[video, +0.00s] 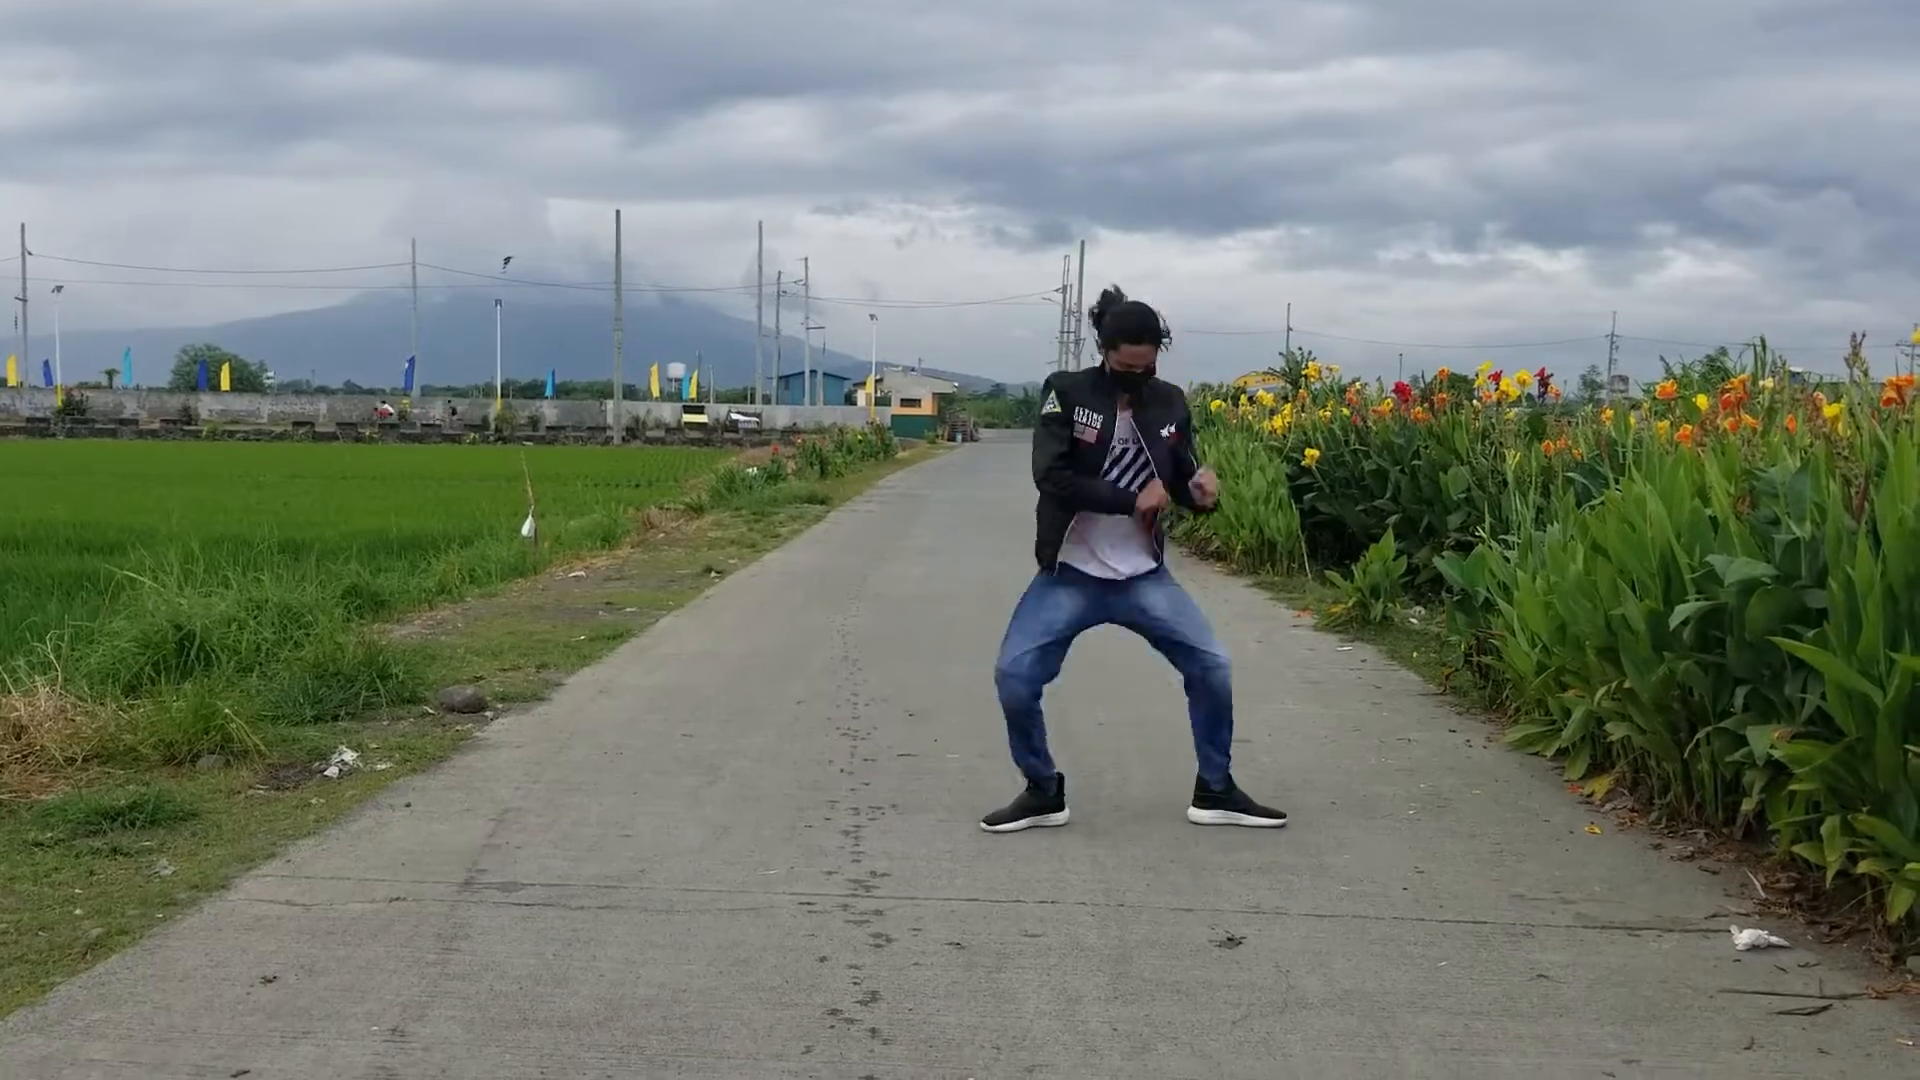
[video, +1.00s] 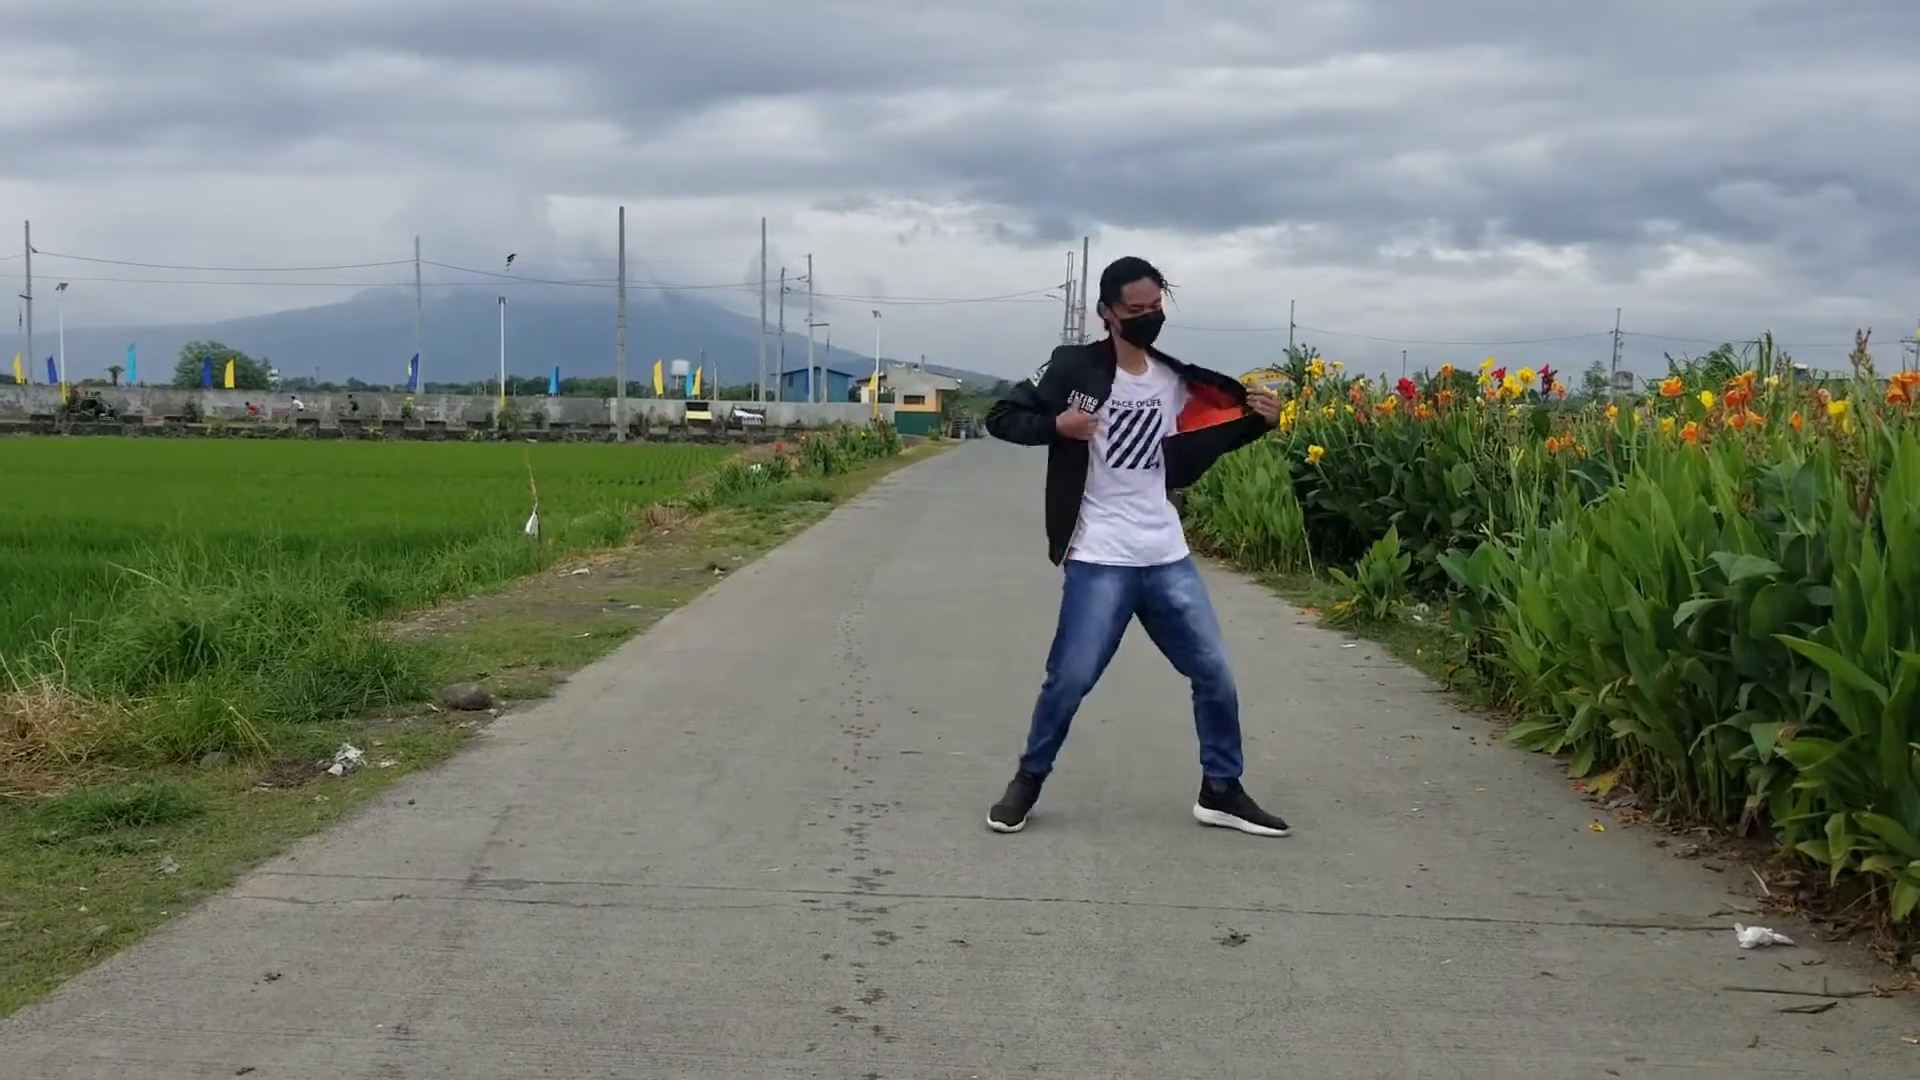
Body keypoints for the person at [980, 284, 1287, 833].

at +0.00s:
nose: (1137, 376)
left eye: (1146, 367)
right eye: (1128, 368)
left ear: (1158, 350)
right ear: (1106, 351)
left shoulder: (1171, 402)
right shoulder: (1067, 391)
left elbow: (1179, 484)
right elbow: (1050, 475)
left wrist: (1196, 491)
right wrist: (1131, 499)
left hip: (1143, 576)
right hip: (1069, 575)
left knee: (1212, 666)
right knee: (1013, 676)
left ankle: (1214, 789)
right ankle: (1043, 790)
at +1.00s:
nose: (1151, 319)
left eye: (1157, 309)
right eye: (1138, 310)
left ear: (1163, 305)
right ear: (1108, 311)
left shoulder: (1175, 380)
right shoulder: (1074, 366)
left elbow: (1178, 460)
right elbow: (1003, 419)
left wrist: (1255, 422)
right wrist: (1055, 425)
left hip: (1165, 551)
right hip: (1098, 551)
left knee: (1215, 671)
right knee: (1071, 677)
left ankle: (1221, 789)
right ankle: (1028, 780)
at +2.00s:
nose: (928, 324)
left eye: (938, 312)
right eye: (919, 316)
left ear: (967, 311)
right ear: (912, 320)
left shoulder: (1007, 381)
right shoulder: (894, 386)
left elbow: (1019, 466)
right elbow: (873, 476)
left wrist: (1024, 534)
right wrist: (835, 536)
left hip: (985, 544)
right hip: (916, 547)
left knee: (978, 676)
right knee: (919, 673)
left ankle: (945, 739)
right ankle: (948, 781)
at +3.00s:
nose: (1069, 301)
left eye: (1077, 287)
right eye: (1054, 295)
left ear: (1094, 287)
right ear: (1039, 307)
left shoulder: (1145, 367)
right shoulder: (1020, 370)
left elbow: (1179, 467)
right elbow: (1014, 462)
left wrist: (1176, 563)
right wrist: (1032, 538)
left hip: (1132, 550)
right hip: (1059, 550)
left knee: (1113, 704)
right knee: (1060, 691)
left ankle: (1113, 839)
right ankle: (1050, 838)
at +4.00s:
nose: (1007, 283)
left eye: (1016, 270)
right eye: (996, 277)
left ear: (1042, 273)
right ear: (986, 291)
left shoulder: (1077, 333)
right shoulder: (980, 350)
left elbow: (1131, 361)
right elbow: (949, 400)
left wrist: (1046, 347)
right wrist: (992, 337)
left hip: (1070, 520)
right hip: (1012, 524)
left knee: (987, 540)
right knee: (1040, 685)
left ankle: (1005, 685)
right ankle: (1064, 833)